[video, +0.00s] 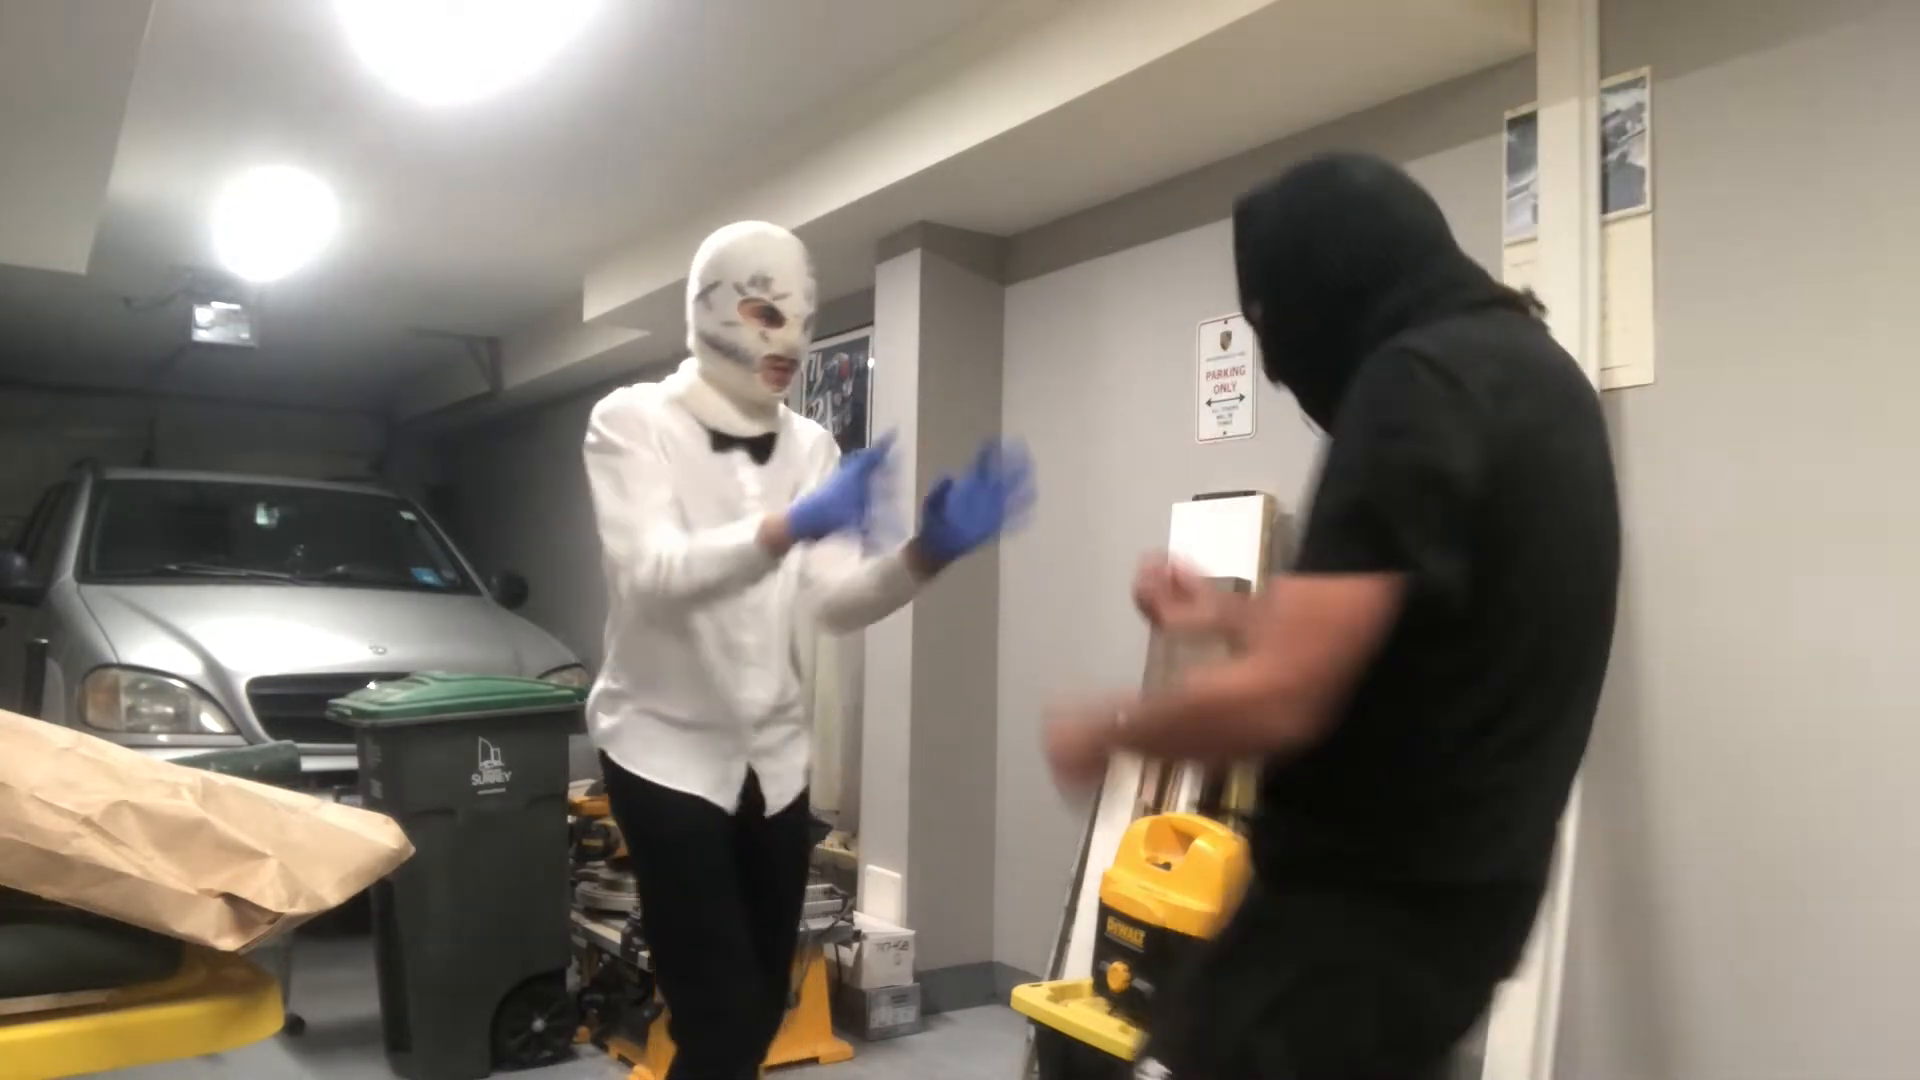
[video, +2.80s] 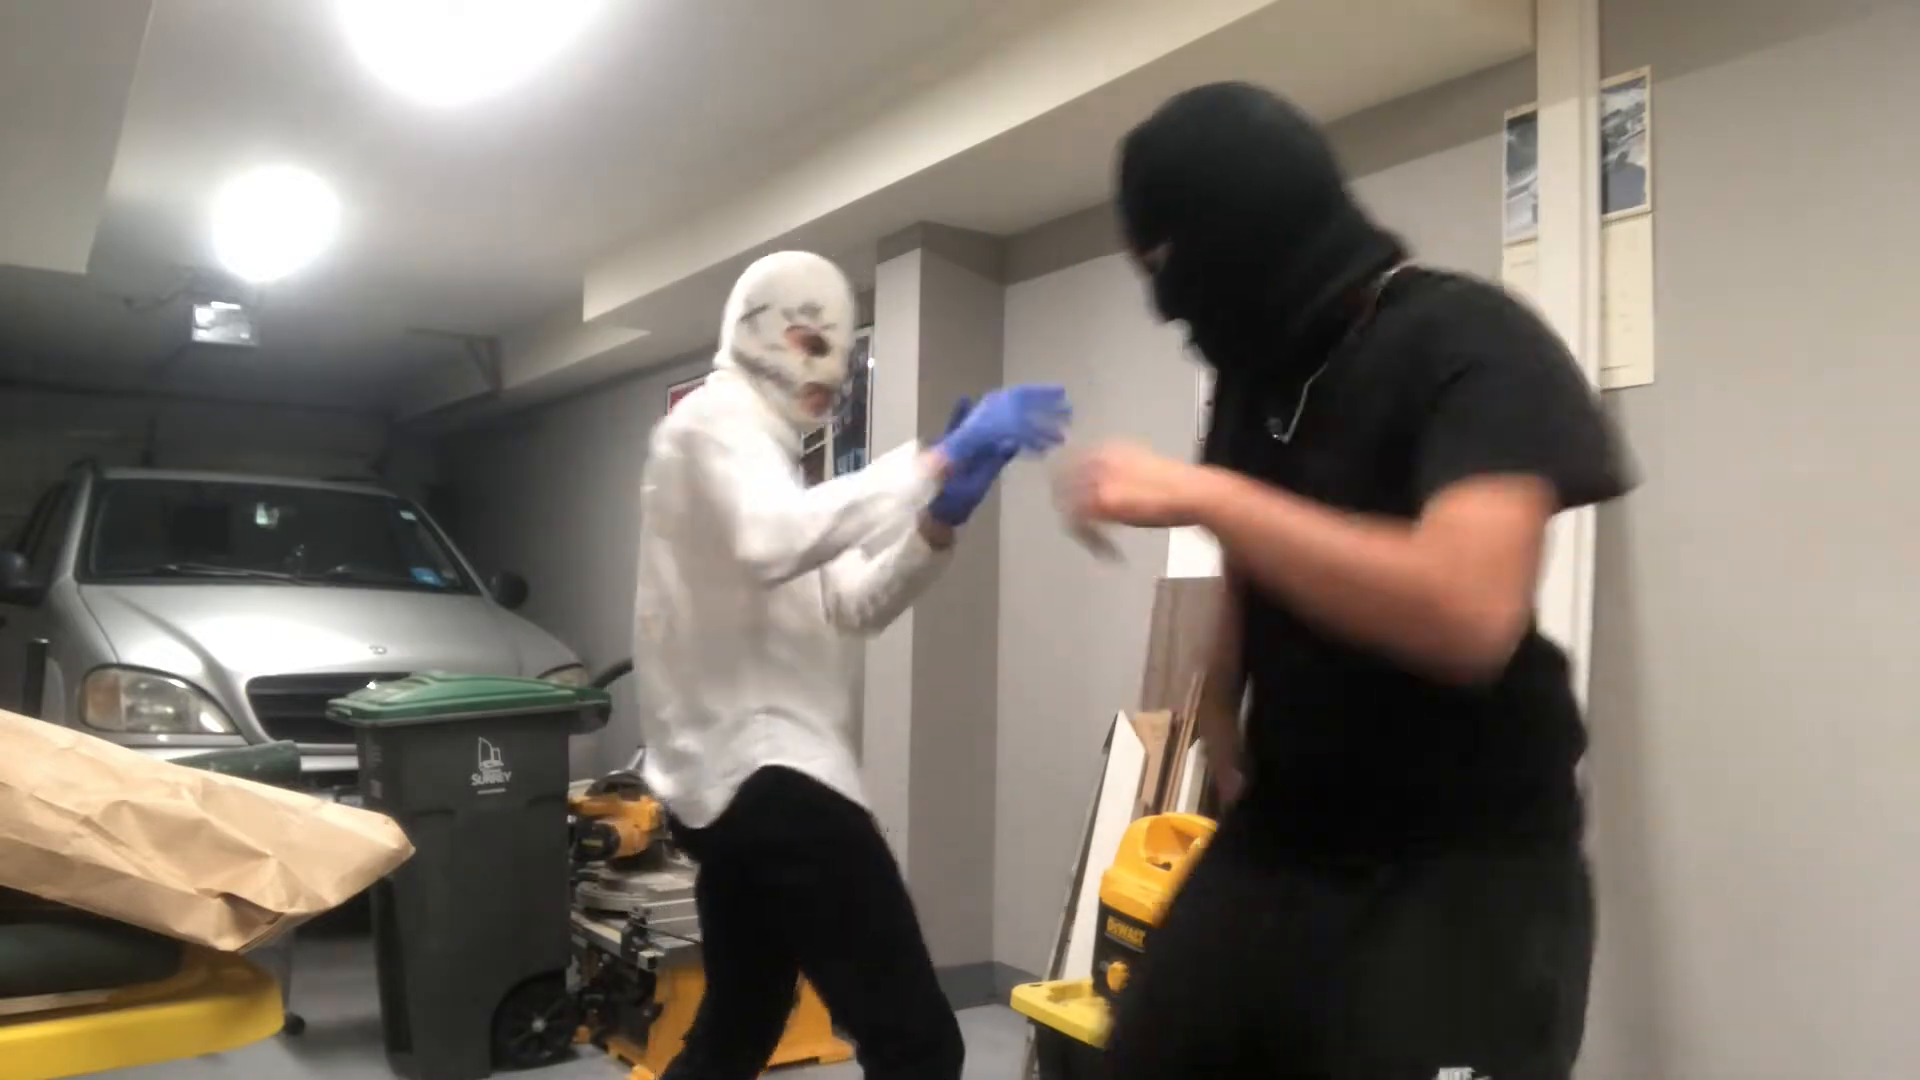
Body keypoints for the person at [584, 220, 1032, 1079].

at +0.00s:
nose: (787, 338)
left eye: (799, 318)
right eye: (762, 311)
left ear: (808, 327)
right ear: (705, 315)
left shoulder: (808, 446)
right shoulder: (634, 421)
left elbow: (834, 600)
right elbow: (648, 577)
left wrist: (926, 551)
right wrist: (788, 525)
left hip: (773, 749)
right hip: (663, 746)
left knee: (755, 1016)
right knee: (721, 1021)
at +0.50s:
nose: (755, 319)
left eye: (764, 301)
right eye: (729, 296)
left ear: (771, 310)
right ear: (672, 303)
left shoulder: (757, 422)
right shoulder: (610, 398)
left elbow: (845, 490)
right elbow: (698, 473)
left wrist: (961, 475)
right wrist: (872, 427)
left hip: (705, 739)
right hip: (605, 734)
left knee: (695, 982)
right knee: (652, 988)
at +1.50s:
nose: (816, 319)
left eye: (824, 303)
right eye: (796, 294)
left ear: (829, 314)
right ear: (734, 291)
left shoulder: (761, 433)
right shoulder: (682, 391)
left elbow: (833, 565)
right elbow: (731, 514)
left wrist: (937, 549)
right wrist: (899, 524)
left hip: (728, 741)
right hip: (671, 738)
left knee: (731, 1005)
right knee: (757, 1012)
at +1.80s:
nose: (843, 349)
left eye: (853, 333)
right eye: (826, 321)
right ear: (772, 314)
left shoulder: (748, 423)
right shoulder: (724, 397)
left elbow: (791, 634)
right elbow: (737, 519)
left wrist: (897, 563)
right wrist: (897, 400)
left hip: (670, 765)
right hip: (727, 761)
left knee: (692, 1026)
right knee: (896, 998)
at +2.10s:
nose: (881, 349)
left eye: (888, 332)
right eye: (861, 320)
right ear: (794, 316)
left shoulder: (800, 430)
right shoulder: (755, 405)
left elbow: (875, 618)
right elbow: (836, 498)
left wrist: (991, 553)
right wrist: (965, 349)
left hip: (789, 767)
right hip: (811, 765)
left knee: (763, 1042)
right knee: (940, 1048)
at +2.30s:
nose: (843, 333)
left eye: (852, 315)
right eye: (820, 307)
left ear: (863, 330)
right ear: (760, 309)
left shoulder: (799, 446)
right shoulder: (720, 416)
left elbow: (856, 592)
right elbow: (841, 513)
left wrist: (985, 595)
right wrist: (1035, 424)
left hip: (812, 770)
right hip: (772, 769)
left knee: (746, 1033)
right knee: (911, 1047)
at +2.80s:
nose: (820, 345)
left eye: (835, 335)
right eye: (800, 320)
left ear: (843, 357)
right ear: (749, 325)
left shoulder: (770, 455)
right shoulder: (713, 420)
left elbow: (856, 603)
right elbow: (765, 541)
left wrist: (938, 521)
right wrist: (940, 458)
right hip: (758, 766)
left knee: (735, 1031)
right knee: (917, 1045)